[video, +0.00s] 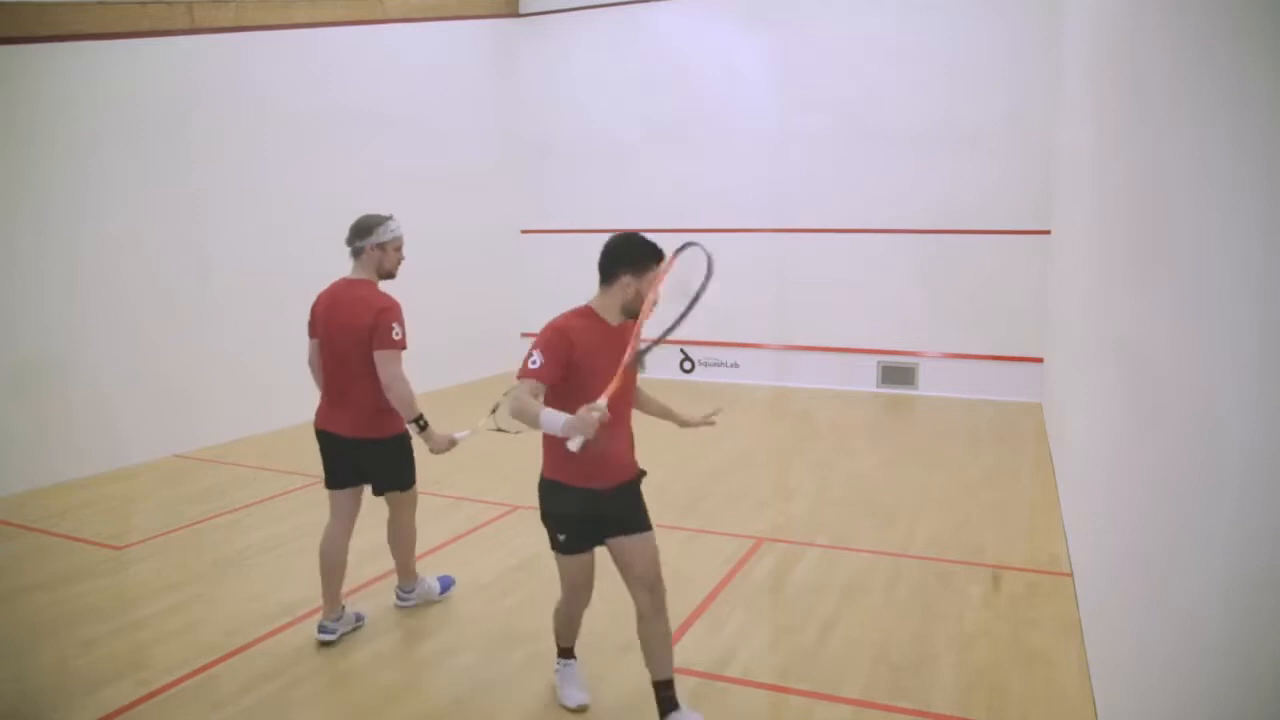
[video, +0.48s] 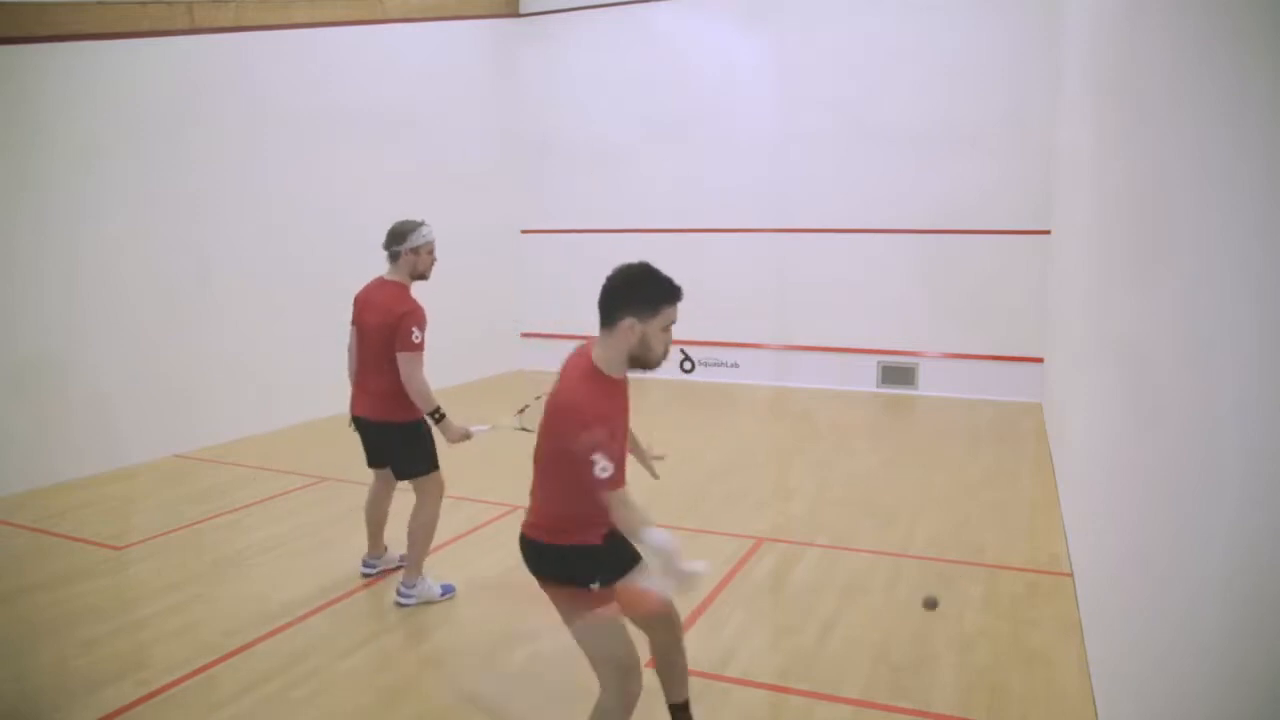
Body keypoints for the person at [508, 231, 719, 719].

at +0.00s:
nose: (656, 295)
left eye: (658, 284)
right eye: (653, 283)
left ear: (626, 281)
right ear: (624, 279)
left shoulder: (627, 333)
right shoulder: (562, 332)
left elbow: (626, 389)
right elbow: (518, 402)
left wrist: (677, 416)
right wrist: (566, 423)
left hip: (621, 485)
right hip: (568, 489)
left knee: (650, 590)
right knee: (576, 594)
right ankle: (566, 662)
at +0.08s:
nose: (678, 315)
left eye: (679, 303)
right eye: (674, 302)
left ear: (648, 302)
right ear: (642, 300)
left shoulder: (652, 349)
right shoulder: (575, 345)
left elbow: (649, 399)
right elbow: (503, 394)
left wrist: (707, 426)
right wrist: (542, 398)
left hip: (635, 505)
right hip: (576, 509)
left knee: (678, 611)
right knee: (582, 633)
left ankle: (682, 715)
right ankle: (565, 661)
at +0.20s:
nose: (692, 344)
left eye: (694, 334)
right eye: (689, 332)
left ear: (660, 329)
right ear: (657, 328)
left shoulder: (662, 373)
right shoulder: (577, 361)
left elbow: (679, 401)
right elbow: (484, 388)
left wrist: (730, 422)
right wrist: (516, 361)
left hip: (647, 519)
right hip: (586, 524)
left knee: (698, 622)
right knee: (597, 645)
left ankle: (687, 716)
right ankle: (577, 714)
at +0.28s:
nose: (691, 351)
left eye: (693, 340)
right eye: (688, 339)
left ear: (659, 337)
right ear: (655, 336)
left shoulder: (664, 379)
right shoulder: (574, 371)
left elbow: (680, 399)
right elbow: (483, 408)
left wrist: (719, 416)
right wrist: (503, 365)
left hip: (646, 524)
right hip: (585, 531)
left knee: (702, 632)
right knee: (605, 661)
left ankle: (688, 716)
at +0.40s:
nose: (684, 357)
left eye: (685, 346)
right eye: (679, 346)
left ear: (646, 347)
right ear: (644, 346)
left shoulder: (650, 389)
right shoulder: (568, 402)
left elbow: (645, 414)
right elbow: (546, 503)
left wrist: (668, 430)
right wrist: (515, 448)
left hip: (628, 536)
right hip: (573, 551)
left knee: (694, 637)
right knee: (623, 680)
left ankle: (689, 715)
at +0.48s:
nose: (671, 340)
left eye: (671, 328)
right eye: (666, 328)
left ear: (628, 327)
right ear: (630, 328)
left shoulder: (595, 360)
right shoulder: (589, 409)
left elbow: (605, 415)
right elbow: (617, 503)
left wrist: (636, 446)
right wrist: (660, 548)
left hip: (602, 534)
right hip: (559, 548)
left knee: (664, 620)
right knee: (622, 681)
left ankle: (681, 713)